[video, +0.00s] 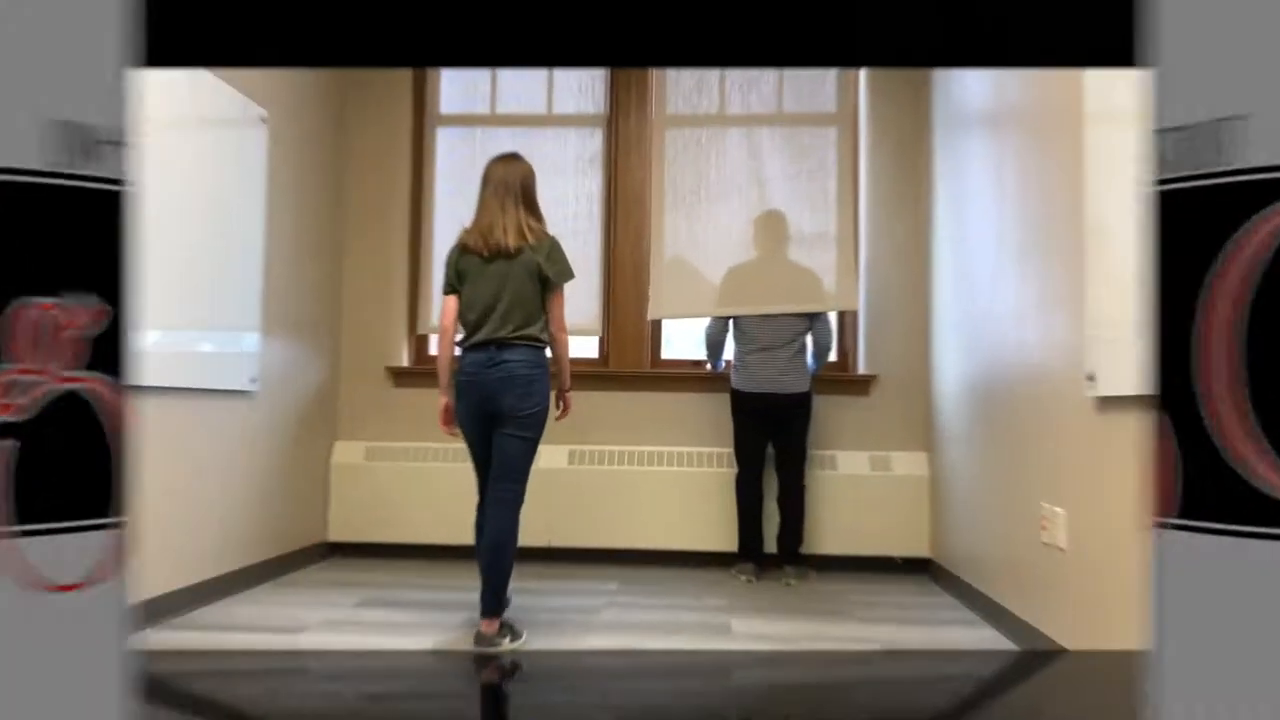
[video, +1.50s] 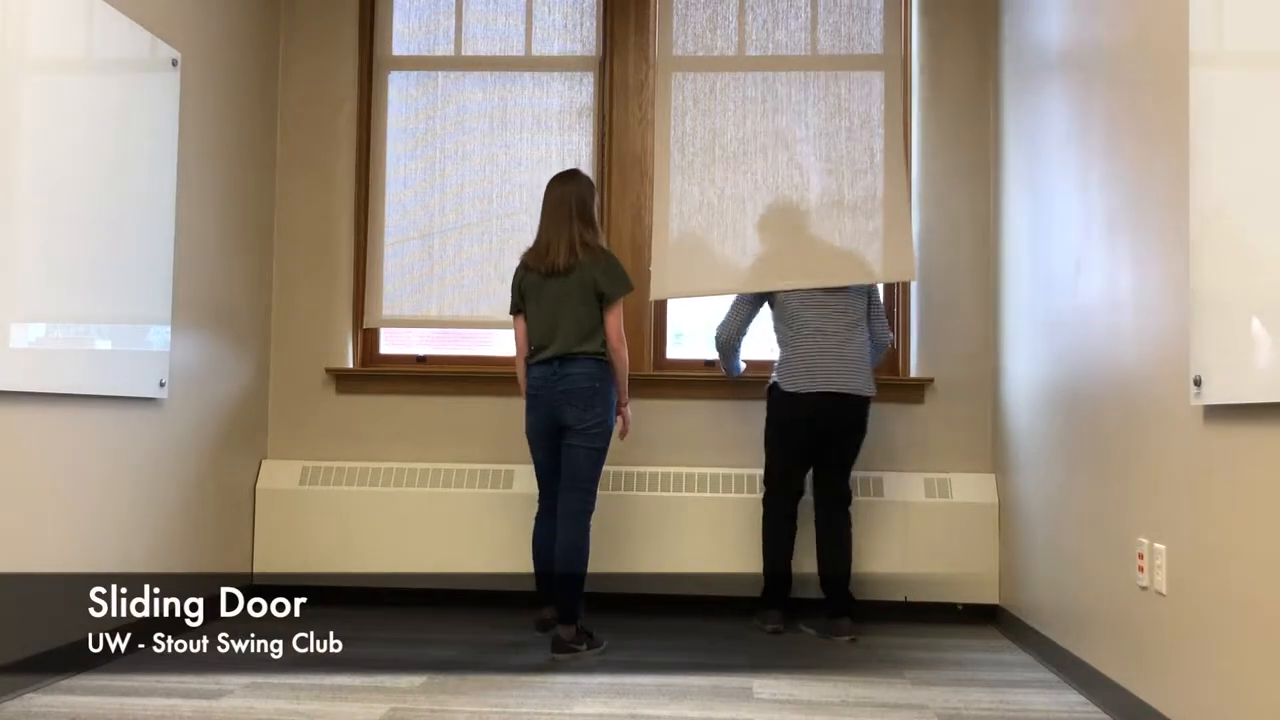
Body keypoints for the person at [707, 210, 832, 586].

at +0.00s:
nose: (766, 241)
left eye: (763, 234)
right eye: (773, 233)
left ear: (756, 237)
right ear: (786, 237)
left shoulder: (738, 276)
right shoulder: (806, 278)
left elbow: (715, 331)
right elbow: (824, 334)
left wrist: (715, 361)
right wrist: (814, 367)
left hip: (748, 392)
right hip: (793, 392)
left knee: (749, 474)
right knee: (791, 474)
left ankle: (749, 560)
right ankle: (790, 560)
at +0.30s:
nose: (799, 212)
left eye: (793, 202)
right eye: (807, 201)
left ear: (784, 206)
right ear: (822, 207)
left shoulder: (760, 256)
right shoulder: (845, 259)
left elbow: (733, 323)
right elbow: (867, 327)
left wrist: (733, 362)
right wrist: (855, 369)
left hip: (772, 398)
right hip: (828, 398)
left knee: (774, 502)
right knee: (827, 505)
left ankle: (774, 608)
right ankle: (826, 611)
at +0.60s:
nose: (799, 211)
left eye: (794, 201)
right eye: (807, 201)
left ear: (783, 206)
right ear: (821, 206)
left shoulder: (759, 256)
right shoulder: (845, 259)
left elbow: (732, 323)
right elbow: (867, 328)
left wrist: (733, 362)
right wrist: (855, 368)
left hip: (772, 398)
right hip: (827, 397)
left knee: (773, 503)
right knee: (827, 507)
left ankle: (774, 610)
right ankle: (827, 612)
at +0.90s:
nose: (802, 212)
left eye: (795, 202)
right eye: (809, 202)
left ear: (783, 207)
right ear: (820, 207)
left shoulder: (758, 256)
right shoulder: (844, 259)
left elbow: (730, 325)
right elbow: (866, 330)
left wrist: (733, 362)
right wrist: (855, 368)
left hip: (771, 398)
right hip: (827, 398)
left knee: (773, 505)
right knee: (826, 506)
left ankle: (774, 611)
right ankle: (826, 612)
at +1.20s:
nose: (795, 210)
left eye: (789, 202)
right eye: (804, 201)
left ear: (780, 206)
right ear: (818, 207)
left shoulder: (758, 254)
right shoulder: (842, 258)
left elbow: (729, 322)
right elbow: (865, 328)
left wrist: (731, 362)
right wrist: (856, 368)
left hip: (771, 395)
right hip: (827, 396)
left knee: (773, 501)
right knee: (826, 505)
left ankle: (774, 610)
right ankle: (825, 611)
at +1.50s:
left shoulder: (774, 266)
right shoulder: (859, 269)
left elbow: (727, 334)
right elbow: (883, 338)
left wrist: (733, 368)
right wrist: (852, 367)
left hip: (794, 395)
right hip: (850, 398)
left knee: (780, 499)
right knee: (834, 501)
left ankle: (774, 608)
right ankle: (839, 614)